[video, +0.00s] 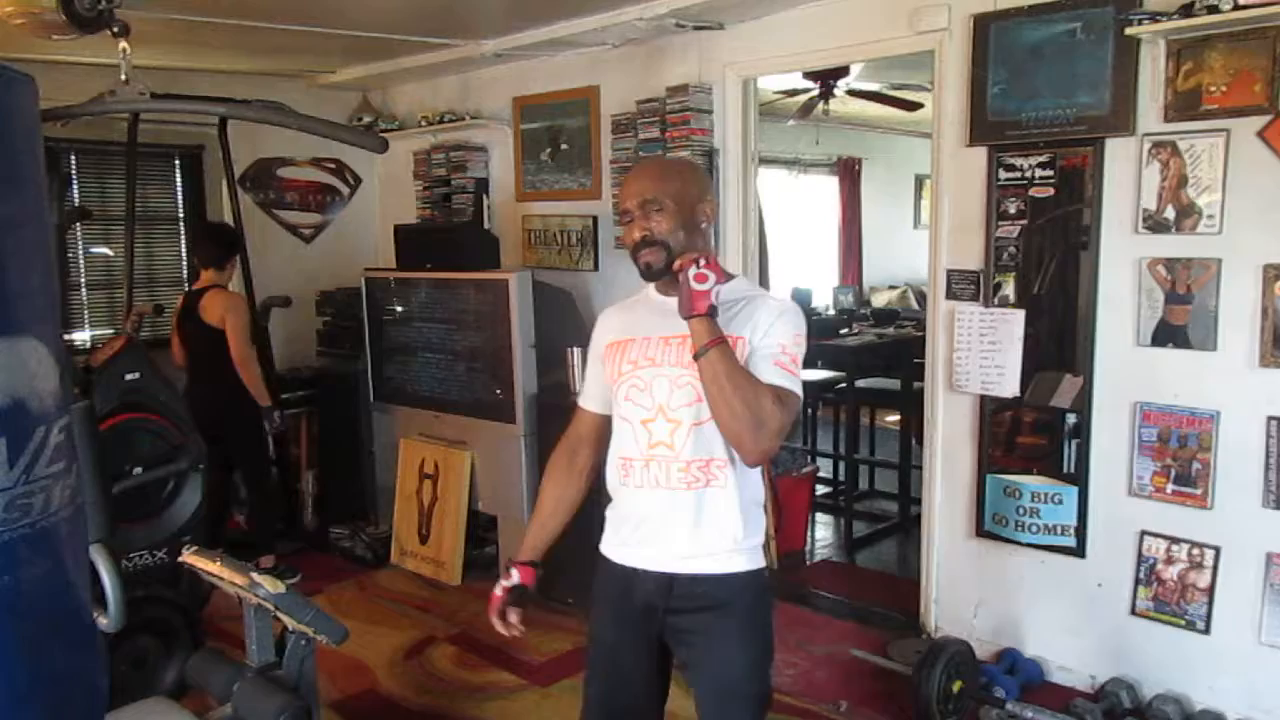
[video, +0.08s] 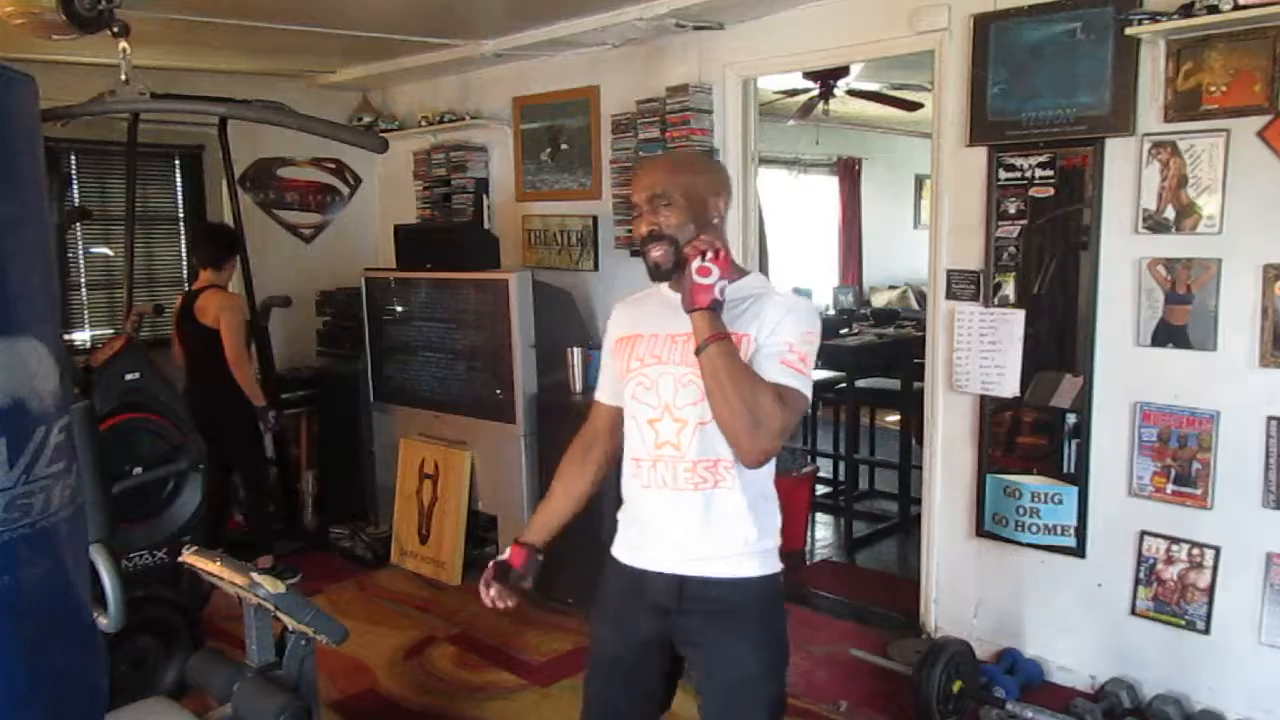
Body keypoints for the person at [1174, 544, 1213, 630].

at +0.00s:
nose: (1195, 559)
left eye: (1198, 556)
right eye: (1192, 556)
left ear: (1202, 557)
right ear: (1188, 557)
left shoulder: (1209, 573)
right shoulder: (1183, 573)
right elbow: (1178, 589)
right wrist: (1173, 604)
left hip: (1202, 609)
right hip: (1183, 606)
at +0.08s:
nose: (1195, 559)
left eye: (1198, 556)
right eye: (1192, 556)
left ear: (1202, 557)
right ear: (1188, 557)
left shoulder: (1209, 574)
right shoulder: (1182, 573)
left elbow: (1212, 594)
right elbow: (1178, 589)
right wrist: (1173, 604)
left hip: (1201, 609)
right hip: (1183, 605)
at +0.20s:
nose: (1195, 559)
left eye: (1198, 556)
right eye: (1192, 556)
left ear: (1203, 557)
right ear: (1189, 557)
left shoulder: (1209, 574)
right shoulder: (1182, 573)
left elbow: (1212, 594)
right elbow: (1178, 589)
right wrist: (1173, 604)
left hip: (1200, 609)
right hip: (1183, 605)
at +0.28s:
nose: (1195, 559)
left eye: (1198, 556)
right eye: (1192, 556)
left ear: (1203, 557)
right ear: (1189, 557)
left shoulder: (1209, 574)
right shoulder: (1182, 573)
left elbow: (1212, 594)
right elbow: (1178, 589)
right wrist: (1173, 603)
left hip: (1200, 609)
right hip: (1183, 605)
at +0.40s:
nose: (1195, 559)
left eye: (1198, 556)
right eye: (1192, 556)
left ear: (1203, 557)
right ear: (1189, 557)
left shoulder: (1209, 575)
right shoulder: (1182, 572)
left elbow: (1212, 594)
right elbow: (1178, 589)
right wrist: (1173, 603)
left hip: (1200, 610)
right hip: (1182, 606)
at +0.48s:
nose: (1195, 559)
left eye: (1198, 556)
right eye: (1192, 556)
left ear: (1203, 557)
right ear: (1189, 557)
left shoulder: (1209, 575)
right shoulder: (1182, 573)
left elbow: (1212, 594)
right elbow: (1178, 589)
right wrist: (1173, 603)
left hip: (1200, 609)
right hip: (1183, 605)